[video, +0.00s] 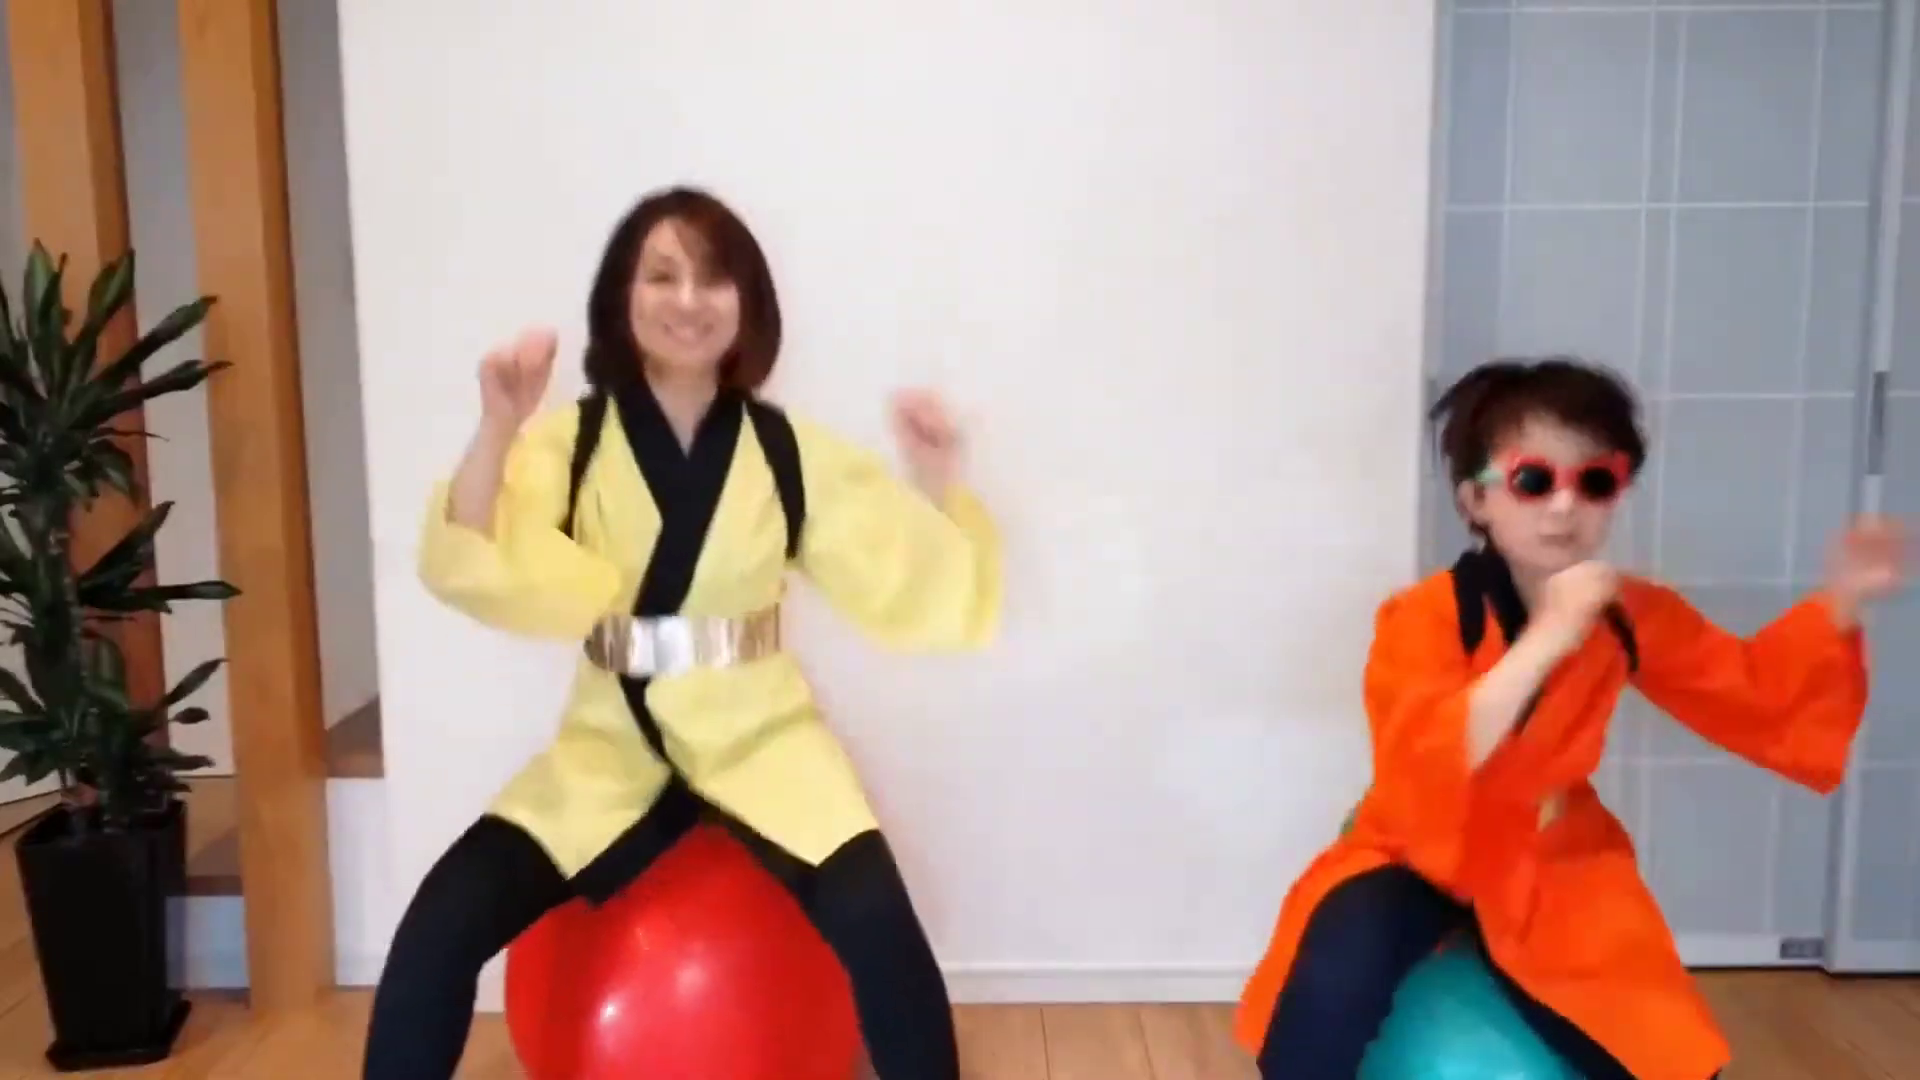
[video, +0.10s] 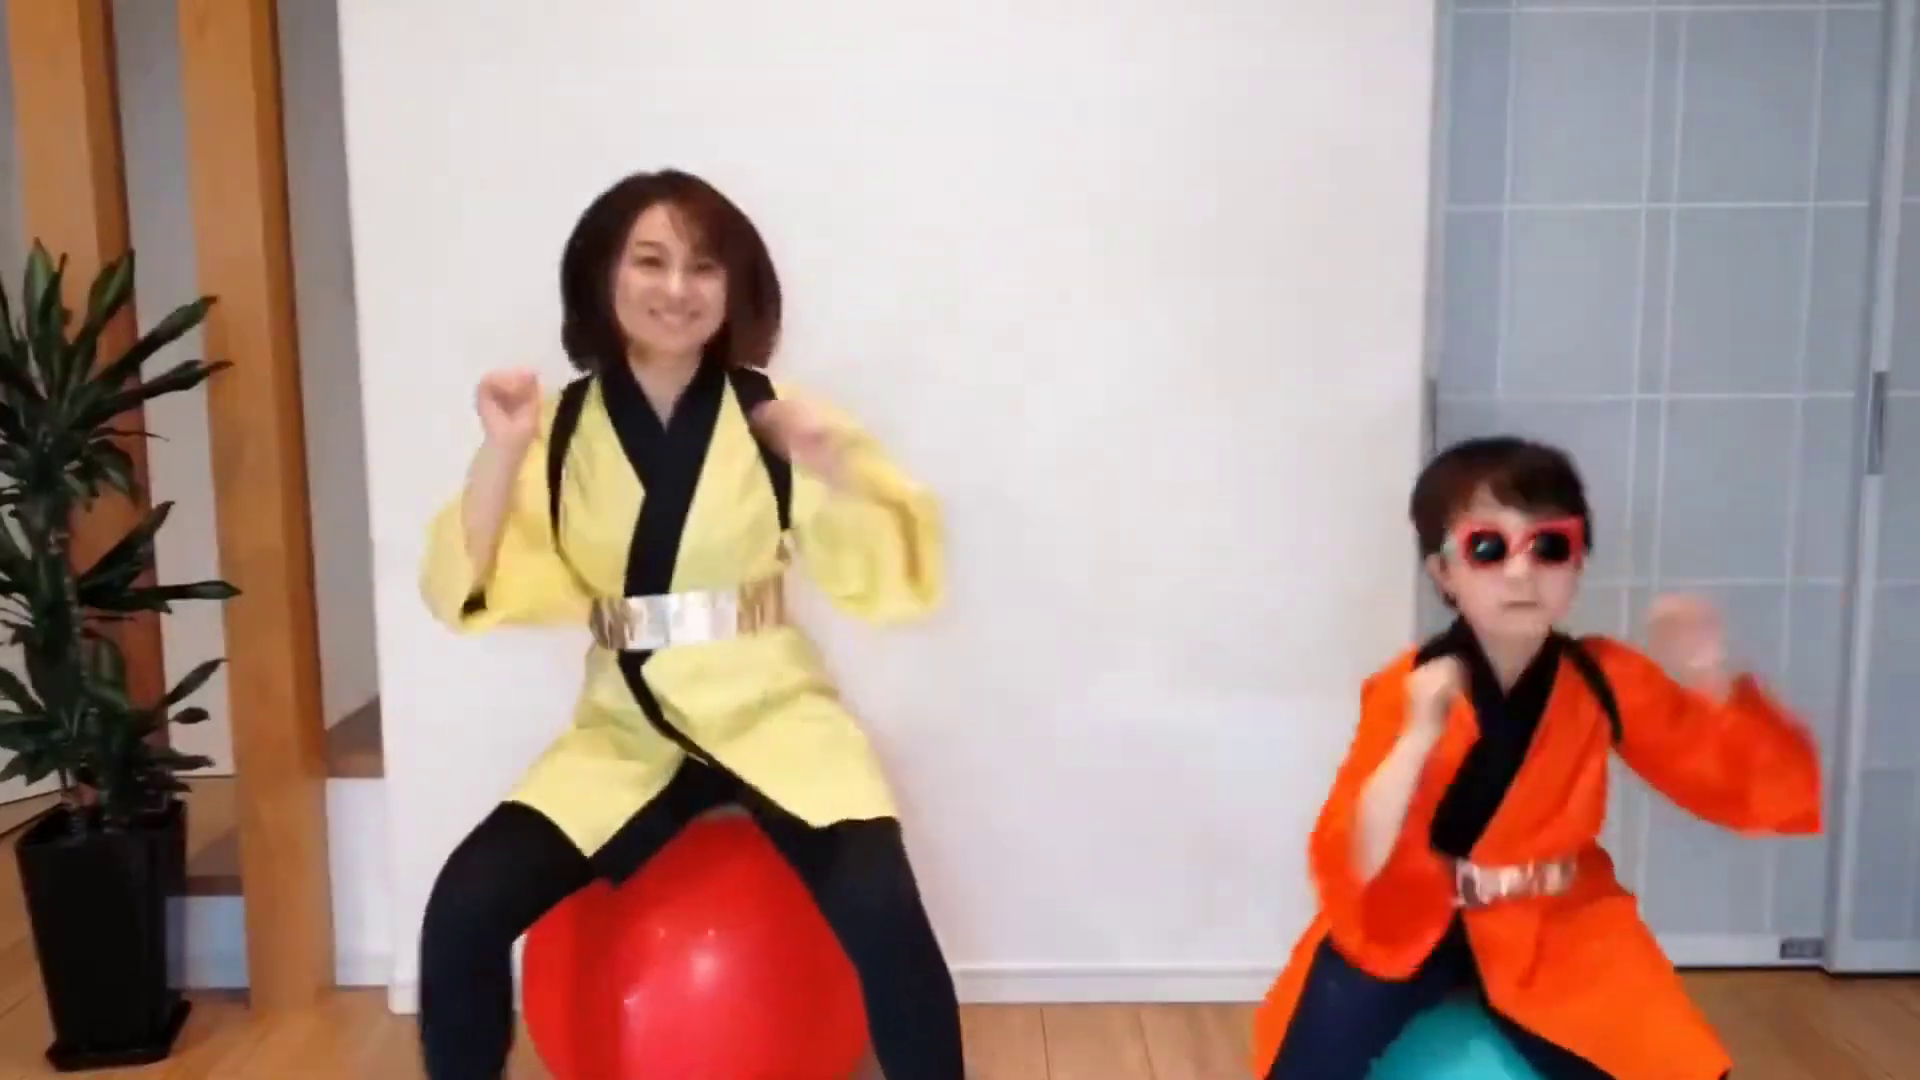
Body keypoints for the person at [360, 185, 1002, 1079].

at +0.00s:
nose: (686, 300)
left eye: (713, 279)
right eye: (660, 276)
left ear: (747, 303)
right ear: (622, 298)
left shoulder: (785, 447)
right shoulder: (570, 437)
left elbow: (923, 597)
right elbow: (464, 571)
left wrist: (936, 481)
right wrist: (496, 431)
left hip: (766, 747)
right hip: (611, 752)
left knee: (882, 929)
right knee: (440, 924)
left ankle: (922, 1071)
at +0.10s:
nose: (674, 289)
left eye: (703, 267)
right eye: (648, 262)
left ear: (733, 289)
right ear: (602, 281)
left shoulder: (772, 416)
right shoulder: (559, 426)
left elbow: (890, 574)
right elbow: (460, 594)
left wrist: (831, 462)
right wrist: (503, 451)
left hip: (778, 726)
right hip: (626, 738)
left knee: (886, 916)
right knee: (463, 909)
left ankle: (930, 1072)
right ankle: (461, 1073)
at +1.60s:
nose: (762, 337)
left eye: (799, 323)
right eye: (748, 304)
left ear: (830, 356)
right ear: (708, 308)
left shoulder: (814, 488)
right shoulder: (600, 430)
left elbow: (826, 648)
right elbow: (495, 565)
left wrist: (863, 783)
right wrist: (442, 719)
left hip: (740, 744)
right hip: (583, 743)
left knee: (847, 906)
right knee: (405, 944)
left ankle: (899, 1072)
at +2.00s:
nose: (715, 318)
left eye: (746, 298)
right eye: (693, 291)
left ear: (779, 326)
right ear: (653, 309)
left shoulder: (804, 474)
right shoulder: (588, 456)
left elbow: (907, 618)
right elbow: (483, 617)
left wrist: (988, 593)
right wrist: (456, 540)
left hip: (778, 755)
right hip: (629, 758)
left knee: (881, 946)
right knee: (463, 937)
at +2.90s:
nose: (622, 370)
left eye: (646, 347)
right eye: (591, 349)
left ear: (676, 367)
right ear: (549, 373)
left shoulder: (736, 500)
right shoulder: (526, 530)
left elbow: (819, 612)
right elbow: (387, 658)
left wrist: (866, 687)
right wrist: (201, 733)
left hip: (756, 809)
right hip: (601, 818)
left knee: (865, 964)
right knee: (420, 947)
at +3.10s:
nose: (653, 307)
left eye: (682, 282)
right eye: (628, 280)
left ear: (724, 302)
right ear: (592, 300)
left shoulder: (759, 437)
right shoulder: (549, 438)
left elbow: (799, 603)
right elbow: (412, 576)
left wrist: (788, 474)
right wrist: (374, 462)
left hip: (724, 748)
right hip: (569, 751)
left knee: (834, 920)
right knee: (403, 950)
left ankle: (838, 1072)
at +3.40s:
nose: (687, 387)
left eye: (721, 370)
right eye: (674, 358)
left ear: (762, 404)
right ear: (645, 373)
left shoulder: (777, 552)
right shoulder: (571, 505)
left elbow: (811, 763)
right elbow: (455, 690)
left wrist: (818, 672)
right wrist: (409, 642)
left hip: (707, 830)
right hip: (559, 826)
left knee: (809, 940)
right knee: (391, 955)